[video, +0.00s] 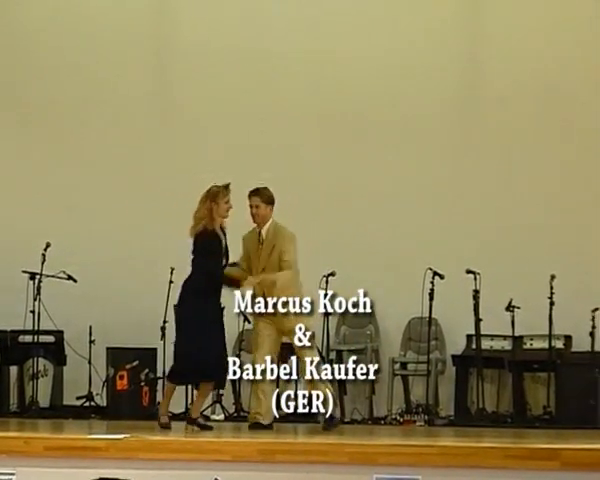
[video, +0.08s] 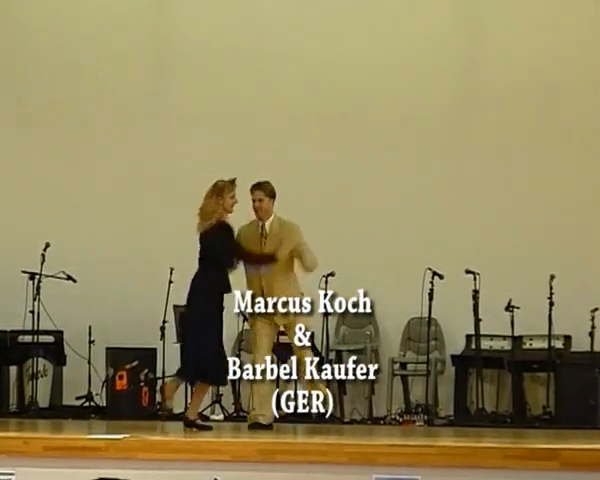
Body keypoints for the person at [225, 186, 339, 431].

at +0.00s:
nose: (252, 212)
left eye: (256, 207)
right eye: (250, 207)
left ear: (270, 208)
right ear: (250, 209)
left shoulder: (285, 236)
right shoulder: (249, 239)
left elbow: (289, 275)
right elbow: (244, 271)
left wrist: (257, 281)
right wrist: (223, 273)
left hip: (289, 310)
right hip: (263, 311)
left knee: (307, 359)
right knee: (261, 364)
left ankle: (328, 408)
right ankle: (261, 417)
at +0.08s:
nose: (256, 205)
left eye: (260, 200)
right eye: (253, 201)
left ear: (272, 201)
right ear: (251, 203)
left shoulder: (289, 230)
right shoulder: (245, 232)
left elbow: (310, 265)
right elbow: (232, 263)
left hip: (290, 304)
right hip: (260, 306)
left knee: (303, 356)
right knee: (260, 362)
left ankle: (318, 404)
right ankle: (261, 415)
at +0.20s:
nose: (262, 198)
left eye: (267, 193)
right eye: (259, 194)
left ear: (278, 195)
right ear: (256, 196)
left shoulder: (294, 221)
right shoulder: (247, 222)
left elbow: (318, 248)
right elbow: (229, 247)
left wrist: (315, 226)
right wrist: (204, 248)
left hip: (288, 295)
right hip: (257, 295)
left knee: (292, 351)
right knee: (257, 354)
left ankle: (294, 408)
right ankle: (258, 412)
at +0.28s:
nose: (267, 202)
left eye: (271, 197)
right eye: (263, 198)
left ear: (280, 198)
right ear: (258, 200)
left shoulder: (295, 222)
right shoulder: (252, 223)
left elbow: (311, 255)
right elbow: (235, 250)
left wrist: (311, 231)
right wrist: (208, 251)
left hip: (285, 294)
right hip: (255, 295)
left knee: (287, 348)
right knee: (253, 348)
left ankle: (276, 400)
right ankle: (249, 404)